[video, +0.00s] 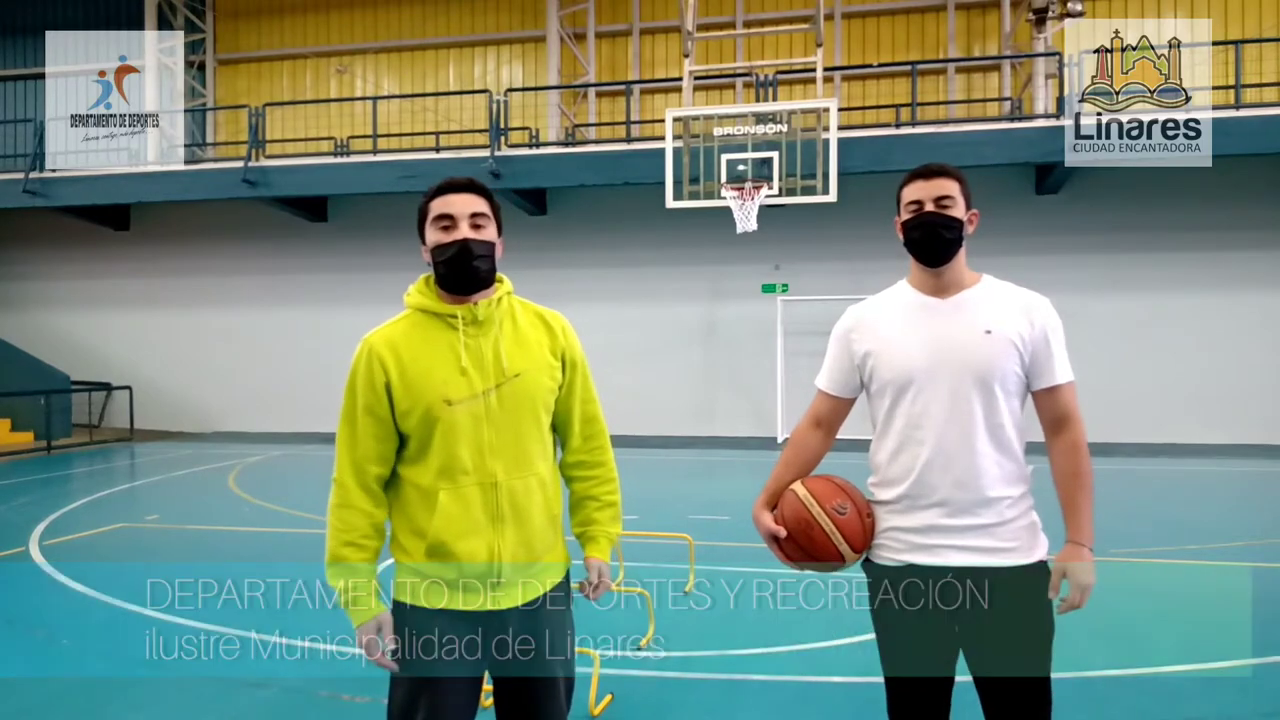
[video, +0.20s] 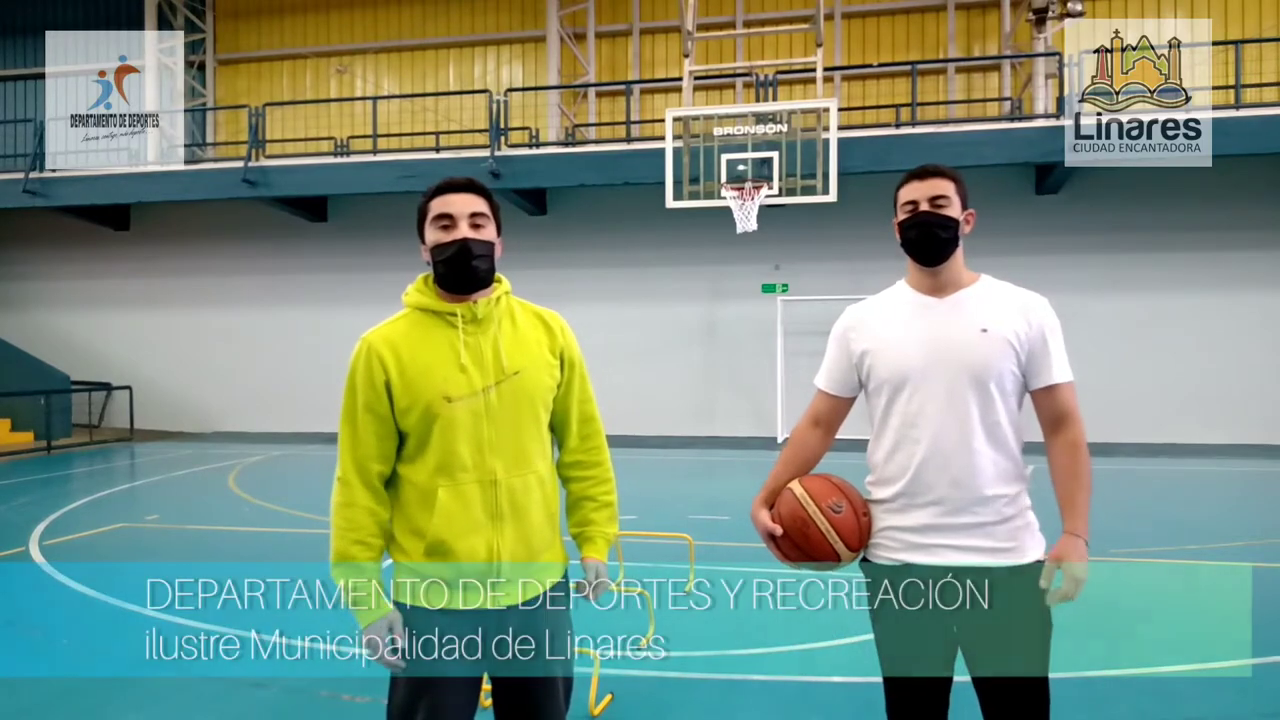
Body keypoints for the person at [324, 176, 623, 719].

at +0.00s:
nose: (464, 234)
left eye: (479, 222)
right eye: (446, 224)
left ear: (500, 243)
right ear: (426, 248)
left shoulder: (549, 334)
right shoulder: (386, 352)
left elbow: (587, 445)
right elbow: (358, 480)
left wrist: (597, 537)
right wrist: (360, 597)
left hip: (538, 592)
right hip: (435, 598)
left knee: (545, 711)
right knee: (430, 714)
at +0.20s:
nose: (464, 233)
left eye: (479, 222)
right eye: (445, 223)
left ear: (500, 243)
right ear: (425, 247)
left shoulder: (547, 334)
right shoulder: (384, 350)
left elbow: (583, 445)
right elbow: (360, 479)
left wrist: (594, 540)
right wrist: (366, 599)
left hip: (537, 592)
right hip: (434, 597)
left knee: (544, 711)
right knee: (430, 714)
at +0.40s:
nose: (466, 233)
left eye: (482, 222)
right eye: (448, 223)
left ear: (501, 243)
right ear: (428, 246)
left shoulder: (548, 334)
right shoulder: (385, 347)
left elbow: (583, 450)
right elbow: (357, 476)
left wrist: (594, 549)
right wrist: (360, 595)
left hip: (537, 592)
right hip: (433, 596)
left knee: (543, 711)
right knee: (428, 714)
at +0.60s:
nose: (470, 233)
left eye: (486, 222)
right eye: (452, 223)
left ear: (505, 242)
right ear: (432, 245)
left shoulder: (550, 335)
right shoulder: (388, 344)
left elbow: (584, 451)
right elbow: (353, 473)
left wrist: (594, 550)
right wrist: (356, 581)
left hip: (537, 590)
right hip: (433, 593)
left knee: (542, 712)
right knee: (428, 714)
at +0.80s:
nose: (472, 234)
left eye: (487, 223)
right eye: (454, 223)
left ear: (507, 242)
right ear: (435, 244)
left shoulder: (553, 335)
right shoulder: (391, 341)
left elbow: (587, 453)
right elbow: (345, 471)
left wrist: (598, 556)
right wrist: (372, 446)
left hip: (537, 587)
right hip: (434, 590)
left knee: (542, 712)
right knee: (427, 713)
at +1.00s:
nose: (474, 233)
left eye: (490, 223)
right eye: (457, 223)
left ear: (510, 242)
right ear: (438, 243)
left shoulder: (554, 335)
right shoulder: (397, 336)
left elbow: (591, 460)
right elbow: (349, 453)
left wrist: (604, 566)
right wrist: (386, 416)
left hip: (537, 583)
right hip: (432, 584)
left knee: (541, 711)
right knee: (429, 711)